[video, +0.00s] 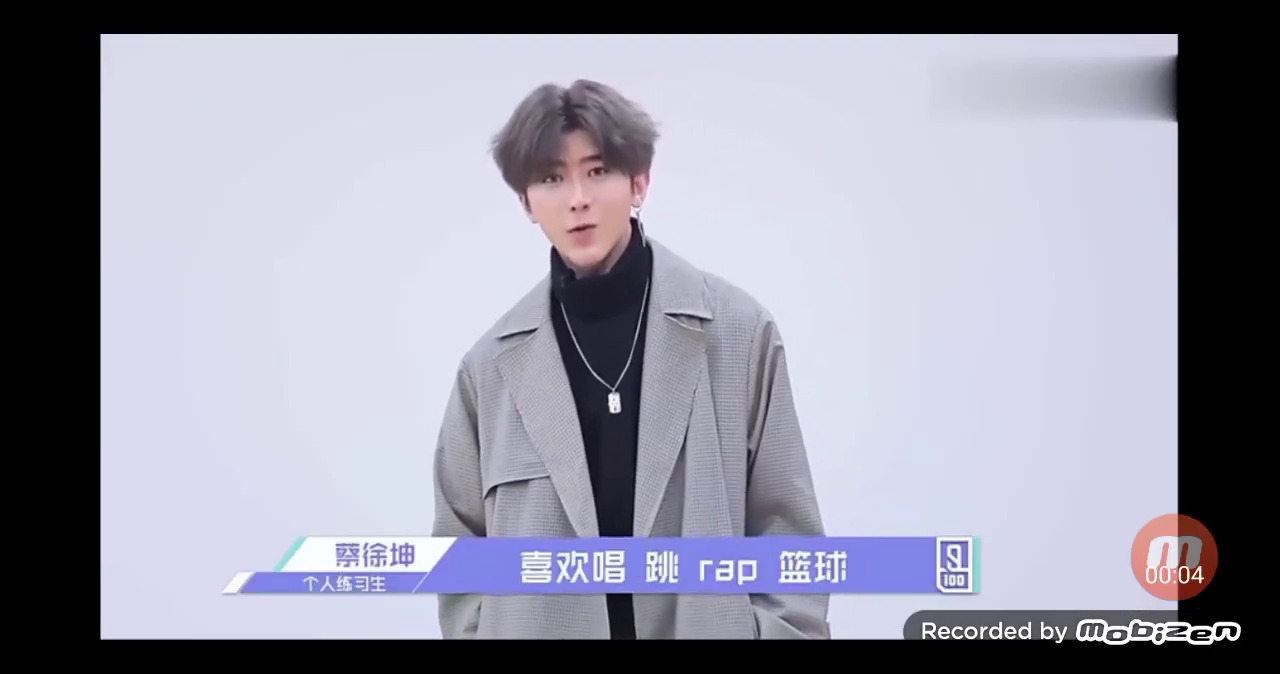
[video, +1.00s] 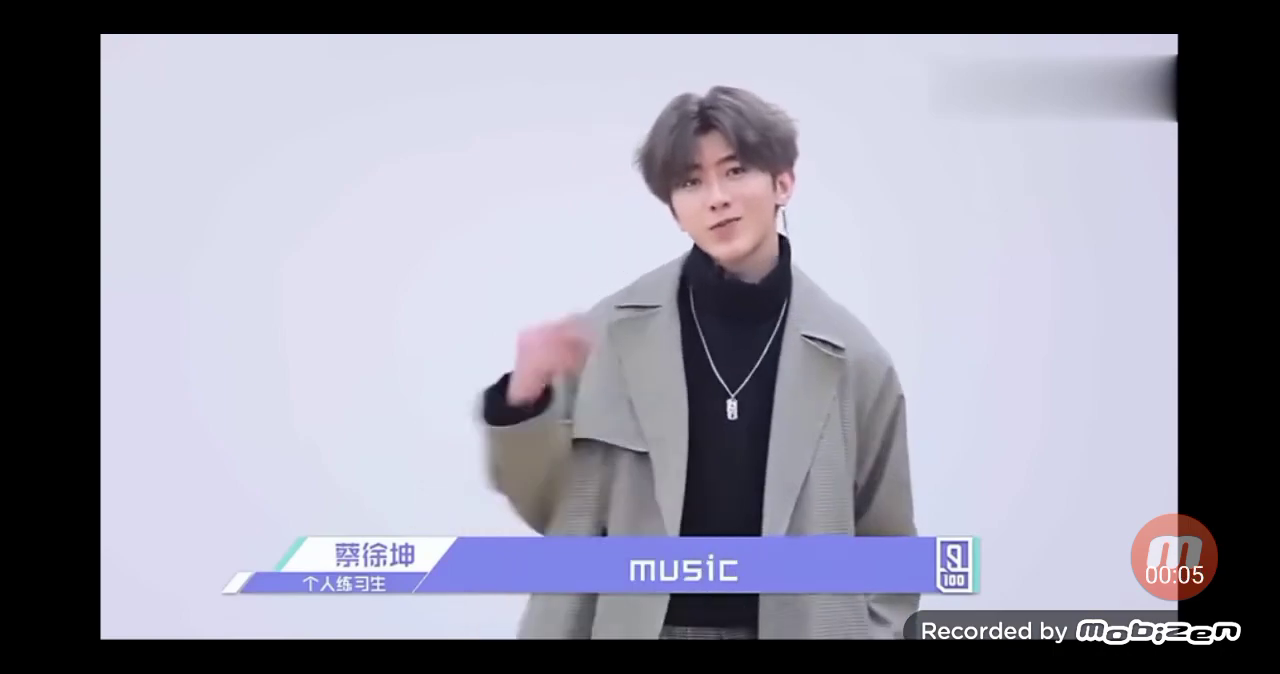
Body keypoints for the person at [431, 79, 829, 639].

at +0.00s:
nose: (577, 199)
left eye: (599, 171)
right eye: (552, 178)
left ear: (638, 186)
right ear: (527, 201)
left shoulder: (740, 332)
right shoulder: (487, 365)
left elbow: (791, 533)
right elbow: (456, 549)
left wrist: (777, 630)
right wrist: (477, 629)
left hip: (704, 629)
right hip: (541, 631)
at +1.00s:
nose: (715, 199)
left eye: (735, 171)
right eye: (690, 182)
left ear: (782, 183)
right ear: (671, 205)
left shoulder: (855, 358)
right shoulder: (600, 339)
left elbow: (889, 555)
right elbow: (554, 513)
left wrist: (862, 631)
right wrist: (522, 403)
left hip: (792, 627)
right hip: (641, 626)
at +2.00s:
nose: (628, 195)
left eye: (649, 172)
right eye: (607, 179)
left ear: (698, 185)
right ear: (588, 198)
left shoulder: (775, 318)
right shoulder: (565, 318)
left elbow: (842, 469)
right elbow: (554, 461)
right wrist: (537, 595)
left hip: (718, 619)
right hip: (587, 624)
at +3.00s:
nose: (513, 174)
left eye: (542, 157)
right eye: (510, 157)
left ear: (600, 191)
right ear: (499, 172)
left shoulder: (662, 313)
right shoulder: (476, 301)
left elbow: (772, 431)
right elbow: (408, 317)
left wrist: (768, 530)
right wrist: (370, 164)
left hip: (650, 608)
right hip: (530, 616)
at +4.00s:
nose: (598, 149)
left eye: (630, 147)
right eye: (589, 137)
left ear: (665, 202)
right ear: (566, 165)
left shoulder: (688, 314)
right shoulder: (515, 311)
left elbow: (717, 497)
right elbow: (464, 450)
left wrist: (547, 524)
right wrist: (382, 533)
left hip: (657, 612)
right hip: (539, 612)